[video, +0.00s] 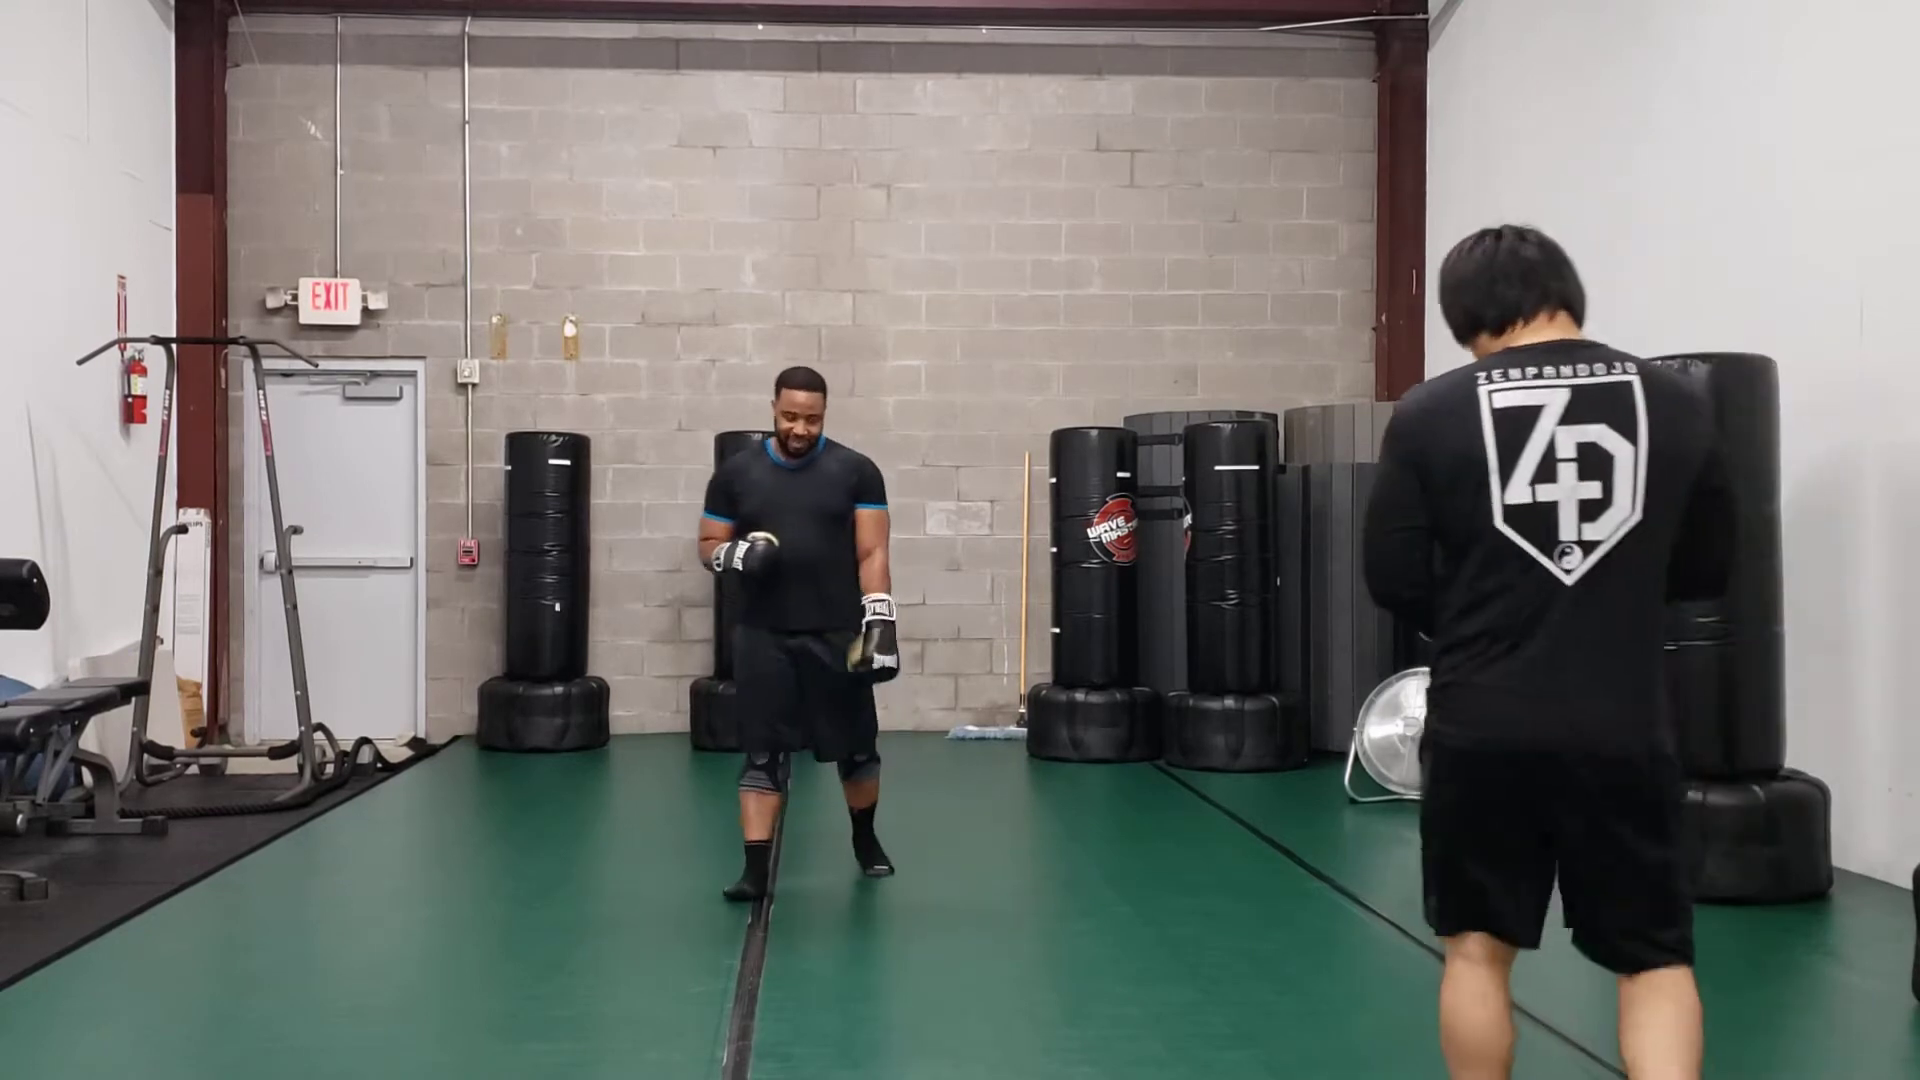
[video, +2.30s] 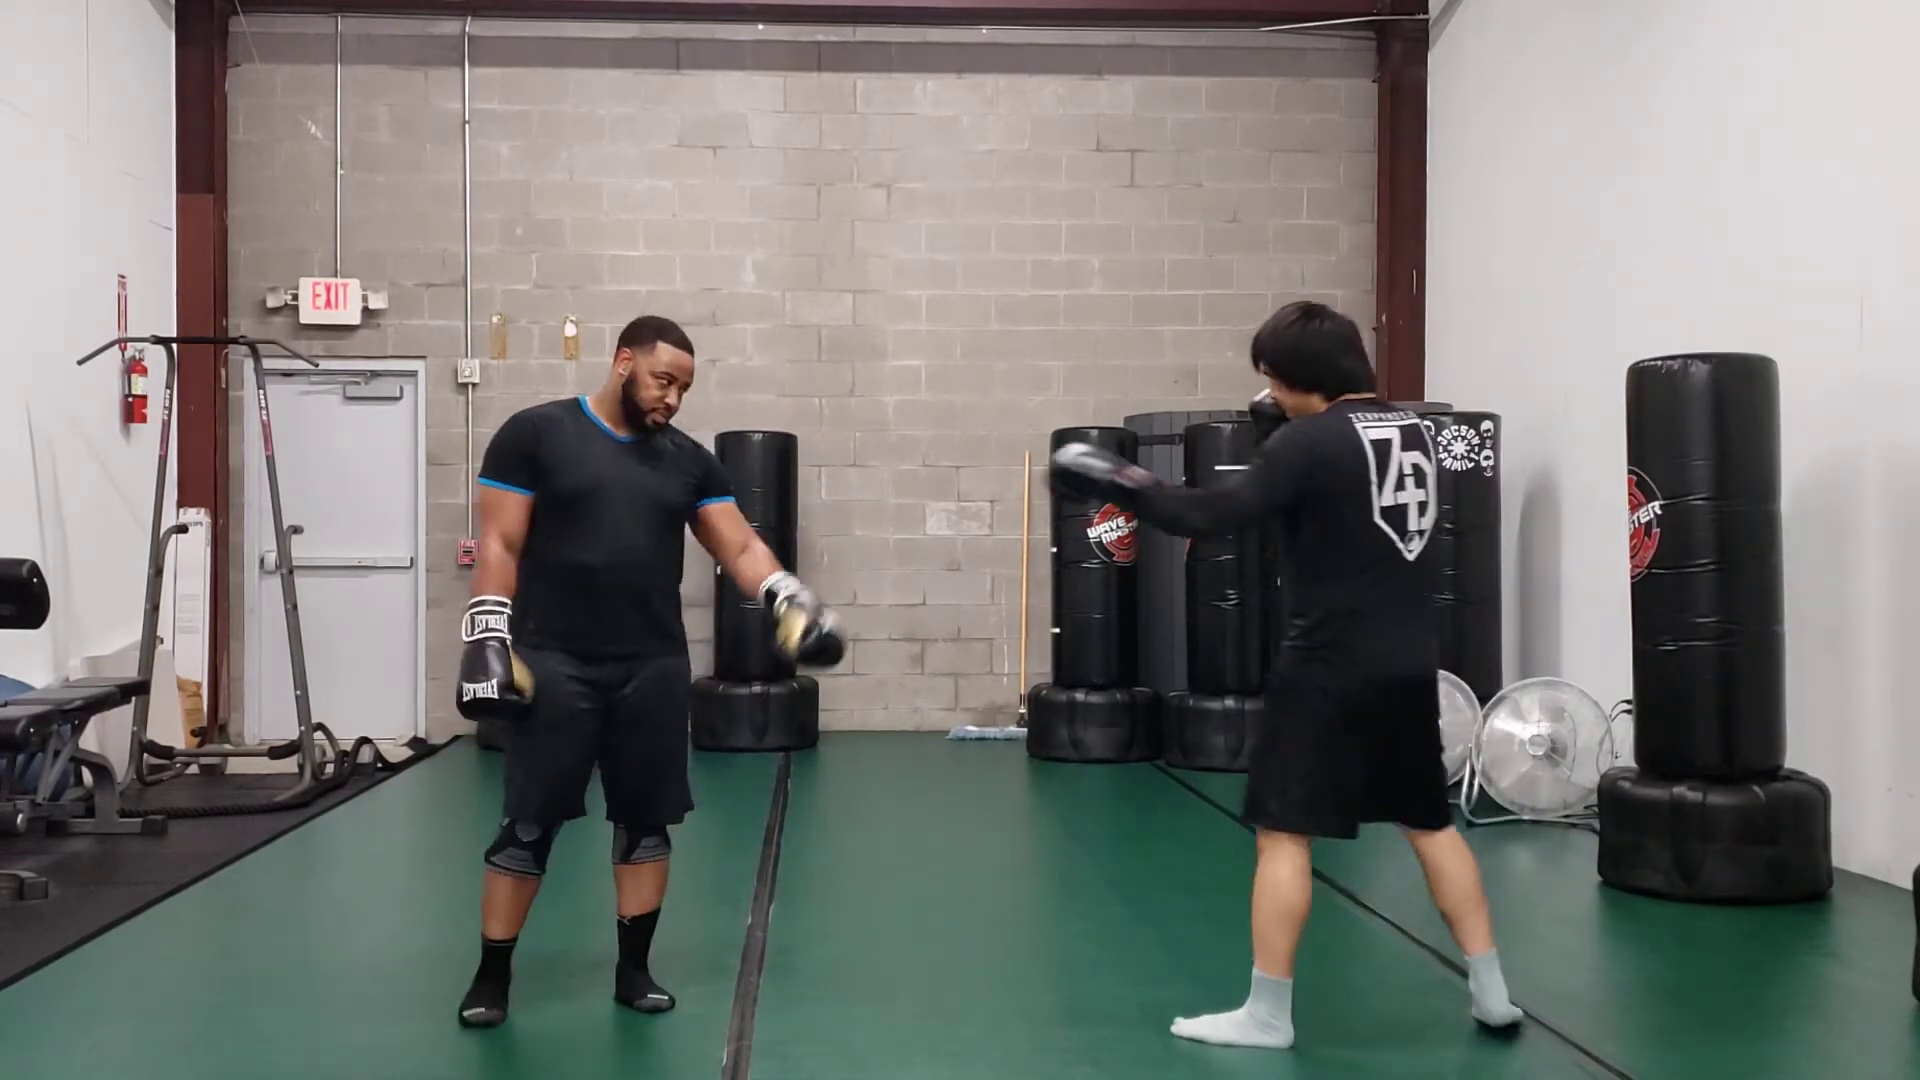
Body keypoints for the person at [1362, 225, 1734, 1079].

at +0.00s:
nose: (1463, 345)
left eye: (1462, 330)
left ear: (1469, 326)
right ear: (1575, 306)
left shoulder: (1432, 411)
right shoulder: (1673, 399)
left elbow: (1392, 574)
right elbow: (1705, 565)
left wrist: (1482, 608)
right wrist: (1609, 579)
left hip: (1483, 733)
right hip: (1623, 731)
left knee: (1476, 950)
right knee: (1653, 956)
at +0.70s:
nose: (1418, 378)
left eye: (1419, 364)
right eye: (1418, 365)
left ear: (1435, 354)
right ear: (1512, 339)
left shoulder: (1414, 417)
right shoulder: (1593, 410)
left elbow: (1394, 566)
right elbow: (1595, 541)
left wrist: (1414, 631)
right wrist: (1529, 598)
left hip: (1446, 679)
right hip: (1562, 682)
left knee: (1393, 839)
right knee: (1550, 877)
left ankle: (1434, 1045)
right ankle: (1545, 1067)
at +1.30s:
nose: (1320, 408)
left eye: (1316, 395)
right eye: (1315, 397)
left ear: (1334, 381)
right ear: (1395, 353)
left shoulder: (1330, 438)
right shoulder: (1478, 418)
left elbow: (1321, 571)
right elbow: (1486, 544)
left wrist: (1339, 645)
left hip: (1384, 674)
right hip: (1479, 666)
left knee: (1372, 846)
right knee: (1496, 829)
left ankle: (1378, 1035)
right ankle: (1525, 1004)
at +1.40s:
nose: (1329, 410)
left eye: (1327, 396)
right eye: (1324, 397)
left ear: (1347, 382)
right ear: (1400, 358)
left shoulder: (1344, 441)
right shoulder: (1478, 420)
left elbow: (1327, 571)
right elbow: (1458, 537)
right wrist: (1314, 564)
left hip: (1386, 672)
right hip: (1479, 666)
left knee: (1374, 847)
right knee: (1491, 833)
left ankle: (1379, 1036)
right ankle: (1512, 1002)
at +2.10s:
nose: (1323, 390)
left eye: (1327, 377)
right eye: (1321, 376)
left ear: (1360, 373)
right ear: (1398, 364)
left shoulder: (1377, 439)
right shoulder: (1468, 428)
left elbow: (1361, 552)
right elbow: (1406, 531)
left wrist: (1282, 565)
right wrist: (1324, 480)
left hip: (1389, 666)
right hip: (1472, 664)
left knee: (1320, 821)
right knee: (1477, 823)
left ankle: (1274, 999)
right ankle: (1507, 1002)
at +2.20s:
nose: (1296, 396)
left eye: (1299, 383)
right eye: (1295, 383)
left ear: (1331, 381)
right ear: (1372, 370)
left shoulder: (1342, 446)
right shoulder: (1439, 431)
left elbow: (1296, 544)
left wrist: (1210, 523)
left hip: (1361, 673)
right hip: (1446, 670)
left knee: (1307, 837)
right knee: (1461, 828)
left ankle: (1268, 1012)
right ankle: (1504, 1002)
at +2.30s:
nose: (1270, 392)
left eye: (1273, 380)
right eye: (1268, 379)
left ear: (1303, 381)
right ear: (1352, 368)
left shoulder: (1307, 446)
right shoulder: (1412, 431)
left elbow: (1210, 514)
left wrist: (1136, 488)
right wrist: (1300, 410)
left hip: (1324, 670)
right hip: (1407, 667)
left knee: (1283, 831)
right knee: (1431, 820)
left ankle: (1267, 1013)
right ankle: (1493, 990)